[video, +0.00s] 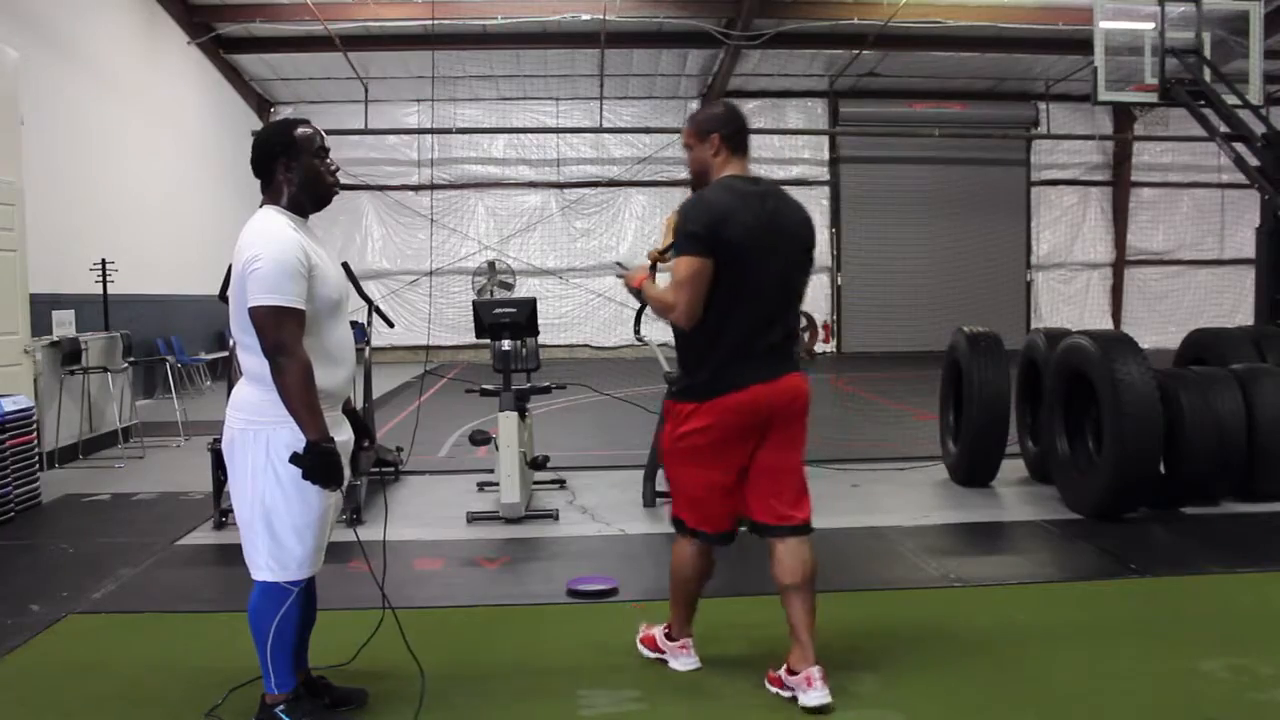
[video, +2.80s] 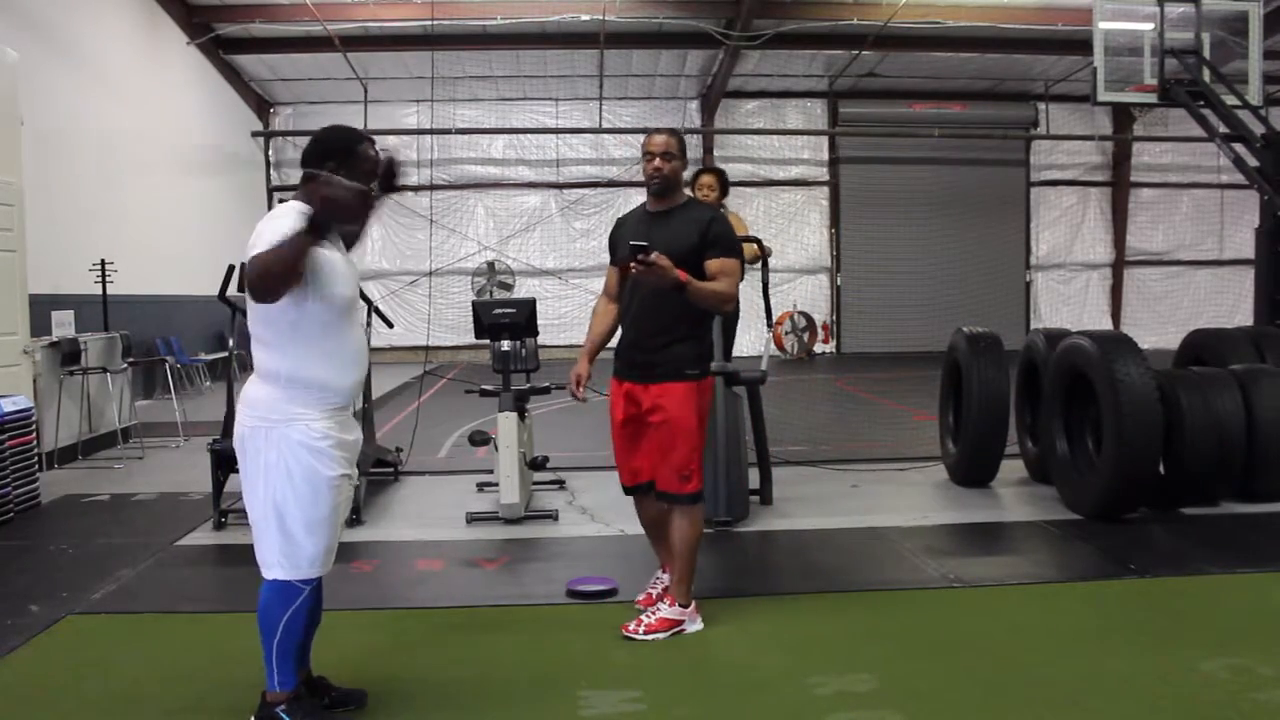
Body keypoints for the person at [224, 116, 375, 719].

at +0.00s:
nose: (334, 165)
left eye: (330, 154)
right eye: (321, 155)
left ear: (292, 171)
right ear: (286, 169)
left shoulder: (295, 238)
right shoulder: (272, 241)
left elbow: (311, 344)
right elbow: (282, 351)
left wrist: (349, 410)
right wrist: (317, 440)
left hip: (299, 427)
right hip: (275, 431)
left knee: (298, 566)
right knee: (282, 571)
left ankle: (296, 680)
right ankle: (280, 698)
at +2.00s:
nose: (344, 171)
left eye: (340, 159)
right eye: (332, 160)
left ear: (300, 172)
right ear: (297, 170)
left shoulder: (302, 239)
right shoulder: (279, 241)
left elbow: (317, 340)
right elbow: (285, 348)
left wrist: (358, 400)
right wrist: (341, 426)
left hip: (306, 429)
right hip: (281, 434)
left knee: (302, 565)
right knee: (283, 570)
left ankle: (297, 681)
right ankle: (280, 698)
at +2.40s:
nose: (357, 187)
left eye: (357, 174)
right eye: (350, 174)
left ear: (315, 175)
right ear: (312, 173)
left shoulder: (310, 235)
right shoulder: (279, 236)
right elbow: (268, 337)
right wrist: (266, 425)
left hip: (319, 427)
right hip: (289, 431)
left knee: (305, 568)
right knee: (288, 573)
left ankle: (298, 680)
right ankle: (279, 699)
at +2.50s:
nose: (370, 189)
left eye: (370, 177)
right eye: (363, 175)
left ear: (324, 175)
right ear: (324, 174)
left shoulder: (318, 236)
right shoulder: (282, 235)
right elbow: (243, 321)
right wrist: (202, 383)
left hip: (323, 429)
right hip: (291, 434)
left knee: (306, 566)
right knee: (287, 571)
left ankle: (299, 681)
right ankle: (278, 698)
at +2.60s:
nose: (378, 191)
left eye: (379, 179)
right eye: (371, 178)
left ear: (332, 177)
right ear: (330, 175)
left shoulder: (324, 239)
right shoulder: (284, 233)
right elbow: (237, 309)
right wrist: (191, 310)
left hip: (326, 426)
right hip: (292, 431)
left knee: (307, 565)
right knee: (289, 572)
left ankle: (297, 683)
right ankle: (280, 700)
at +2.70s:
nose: (378, 192)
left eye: (379, 179)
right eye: (370, 178)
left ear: (333, 178)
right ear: (331, 176)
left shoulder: (326, 235)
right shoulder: (289, 227)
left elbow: (327, 339)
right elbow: (241, 301)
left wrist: (356, 420)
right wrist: (240, 245)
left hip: (324, 426)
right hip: (290, 430)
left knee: (307, 566)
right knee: (290, 571)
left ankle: (299, 681)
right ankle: (280, 698)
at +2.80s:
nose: (369, 194)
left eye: (371, 185)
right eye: (363, 182)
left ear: (326, 174)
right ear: (330, 176)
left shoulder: (326, 234)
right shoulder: (286, 220)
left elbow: (353, 230)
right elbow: (262, 287)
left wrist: (375, 192)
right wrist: (313, 222)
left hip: (323, 423)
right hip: (287, 426)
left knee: (310, 562)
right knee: (292, 567)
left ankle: (299, 681)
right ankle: (279, 698)